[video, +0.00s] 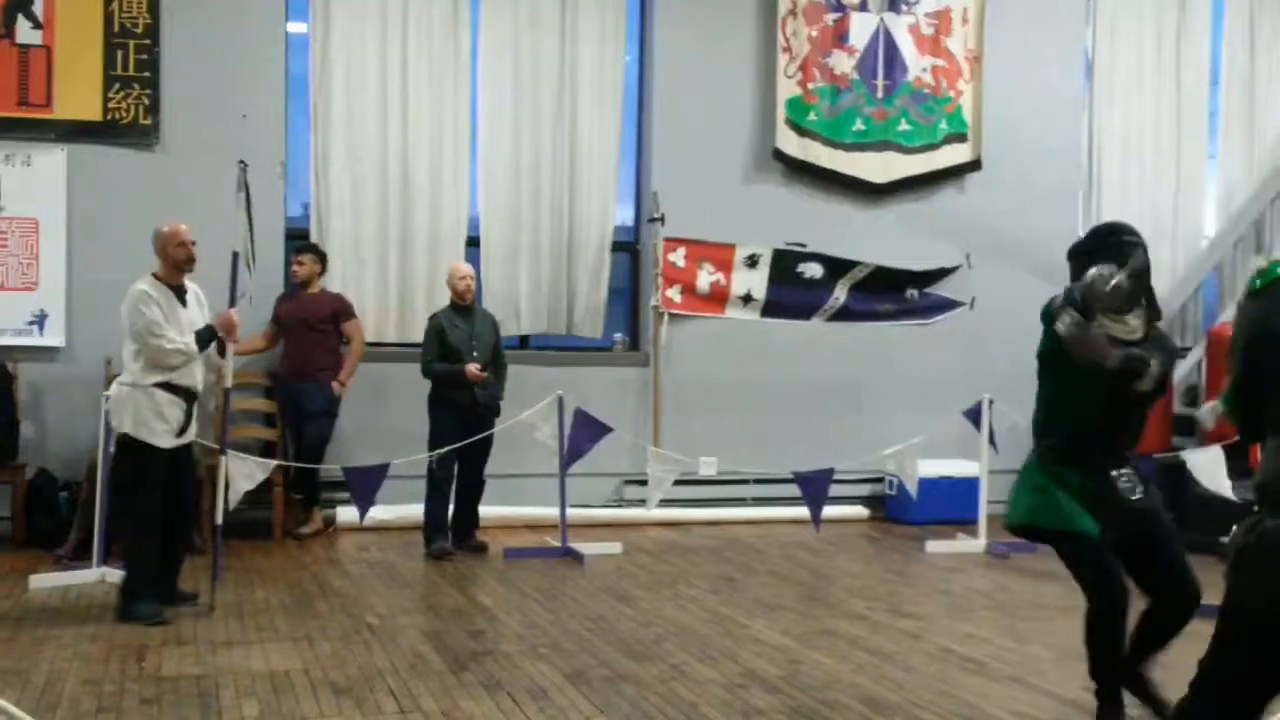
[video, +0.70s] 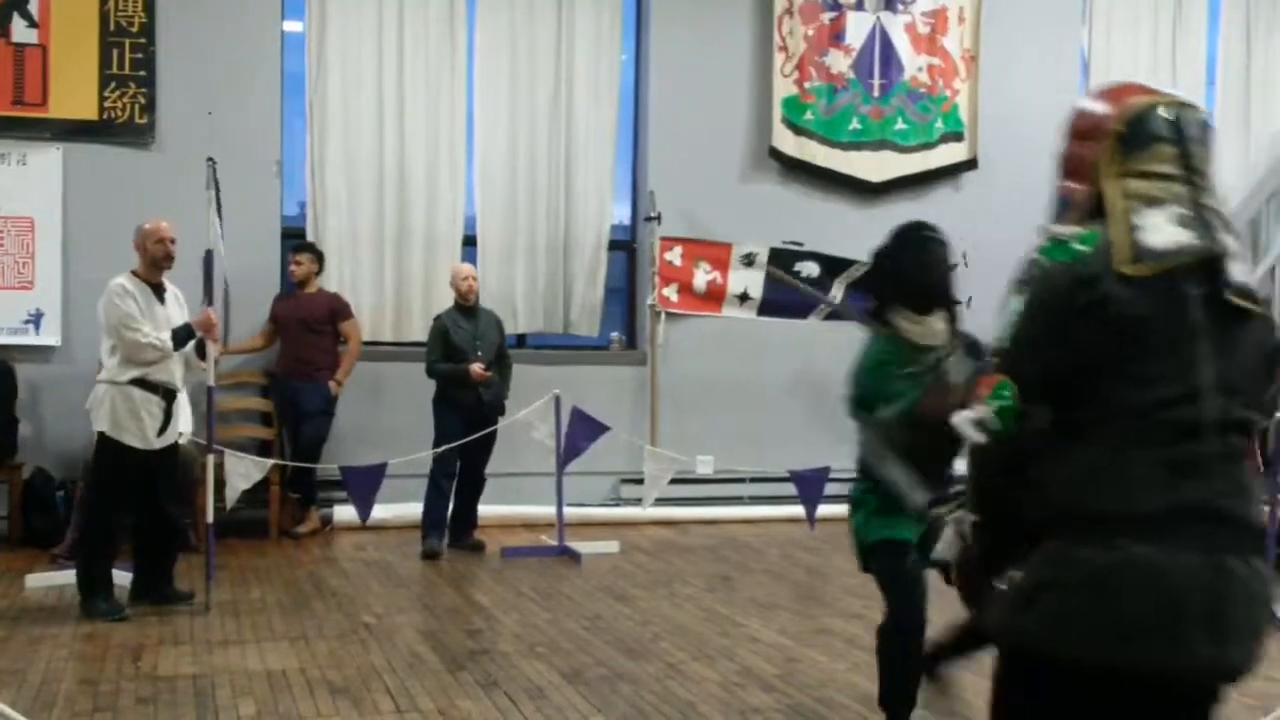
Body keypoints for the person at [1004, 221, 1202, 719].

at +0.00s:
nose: (1123, 285)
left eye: (1133, 273)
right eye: (1112, 272)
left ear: (1144, 280)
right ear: (1085, 273)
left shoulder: (1151, 338)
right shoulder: (1064, 314)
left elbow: (1152, 371)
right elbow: (1071, 327)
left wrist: (1120, 357)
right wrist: (1090, 291)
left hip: (1114, 477)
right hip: (1055, 480)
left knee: (1179, 595)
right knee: (1108, 592)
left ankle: (1131, 666)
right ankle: (1108, 701)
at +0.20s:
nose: (1118, 282)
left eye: (1130, 270)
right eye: (1105, 269)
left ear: (1143, 274)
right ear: (1079, 268)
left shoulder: (1153, 340)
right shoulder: (1054, 315)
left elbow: (1138, 396)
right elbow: (1036, 323)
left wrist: (1088, 377)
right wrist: (1081, 318)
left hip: (1115, 486)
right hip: (1045, 485)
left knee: (1175, 615)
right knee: (1048, 585)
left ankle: (1182, 708)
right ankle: (1088, 676)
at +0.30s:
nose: (1110, 276)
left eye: (1115, 265)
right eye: (1097, 265)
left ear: (1122, 272)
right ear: (1067, 270)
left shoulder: (1133, 342)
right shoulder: (1038, 326)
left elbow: (1138, 396)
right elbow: (1015, 362)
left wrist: (1105, 398)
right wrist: (1063, 341)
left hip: (1103, 495)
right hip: (1032, 494)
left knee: (1170, 615)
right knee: (1008, 590)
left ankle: (1179, 709)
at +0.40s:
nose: (1071, 274)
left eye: (1074, 263)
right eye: (1059, 264)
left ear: (1080, 272)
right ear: (1034, 273)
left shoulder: (1092, 338)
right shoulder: (1009, 344)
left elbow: (1128, 406)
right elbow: (1004, 380)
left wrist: (1110, 419)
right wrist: (1065, 361)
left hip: (1079, 508)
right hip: (1013, 507)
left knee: (1148, 623)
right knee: (977, 605)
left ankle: (1173, 706)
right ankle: (925, 709)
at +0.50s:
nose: (1027, 276)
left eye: (1026, 265)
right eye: (1015, 267)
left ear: (1031, 272)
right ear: (990, 276)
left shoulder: (1035, 340)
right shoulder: (968, 350)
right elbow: (1003, 377)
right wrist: (1055, 349)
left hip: (1023, 514)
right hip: (962, 510)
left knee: (1098, 616)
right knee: (949, 612)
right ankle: (910, 712)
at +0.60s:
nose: (974, 286)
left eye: (975, 276)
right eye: (965, 276)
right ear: (949, 280)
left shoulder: (995, 340)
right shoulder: (927, 350)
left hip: (977, 501)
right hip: (918, 503)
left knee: (1050, 595)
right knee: (930, 609)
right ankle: (903, 710)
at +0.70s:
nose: (943, 278)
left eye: (942, 268)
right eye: (933, 269)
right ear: (914, 278)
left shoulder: (960, 349)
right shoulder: (881, 356)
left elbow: (999, 396)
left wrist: (987, 412)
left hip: (945, 500)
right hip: (888, 502)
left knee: (1001, 608)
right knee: (906, 612)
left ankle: (930, 657)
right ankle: (897, 708)